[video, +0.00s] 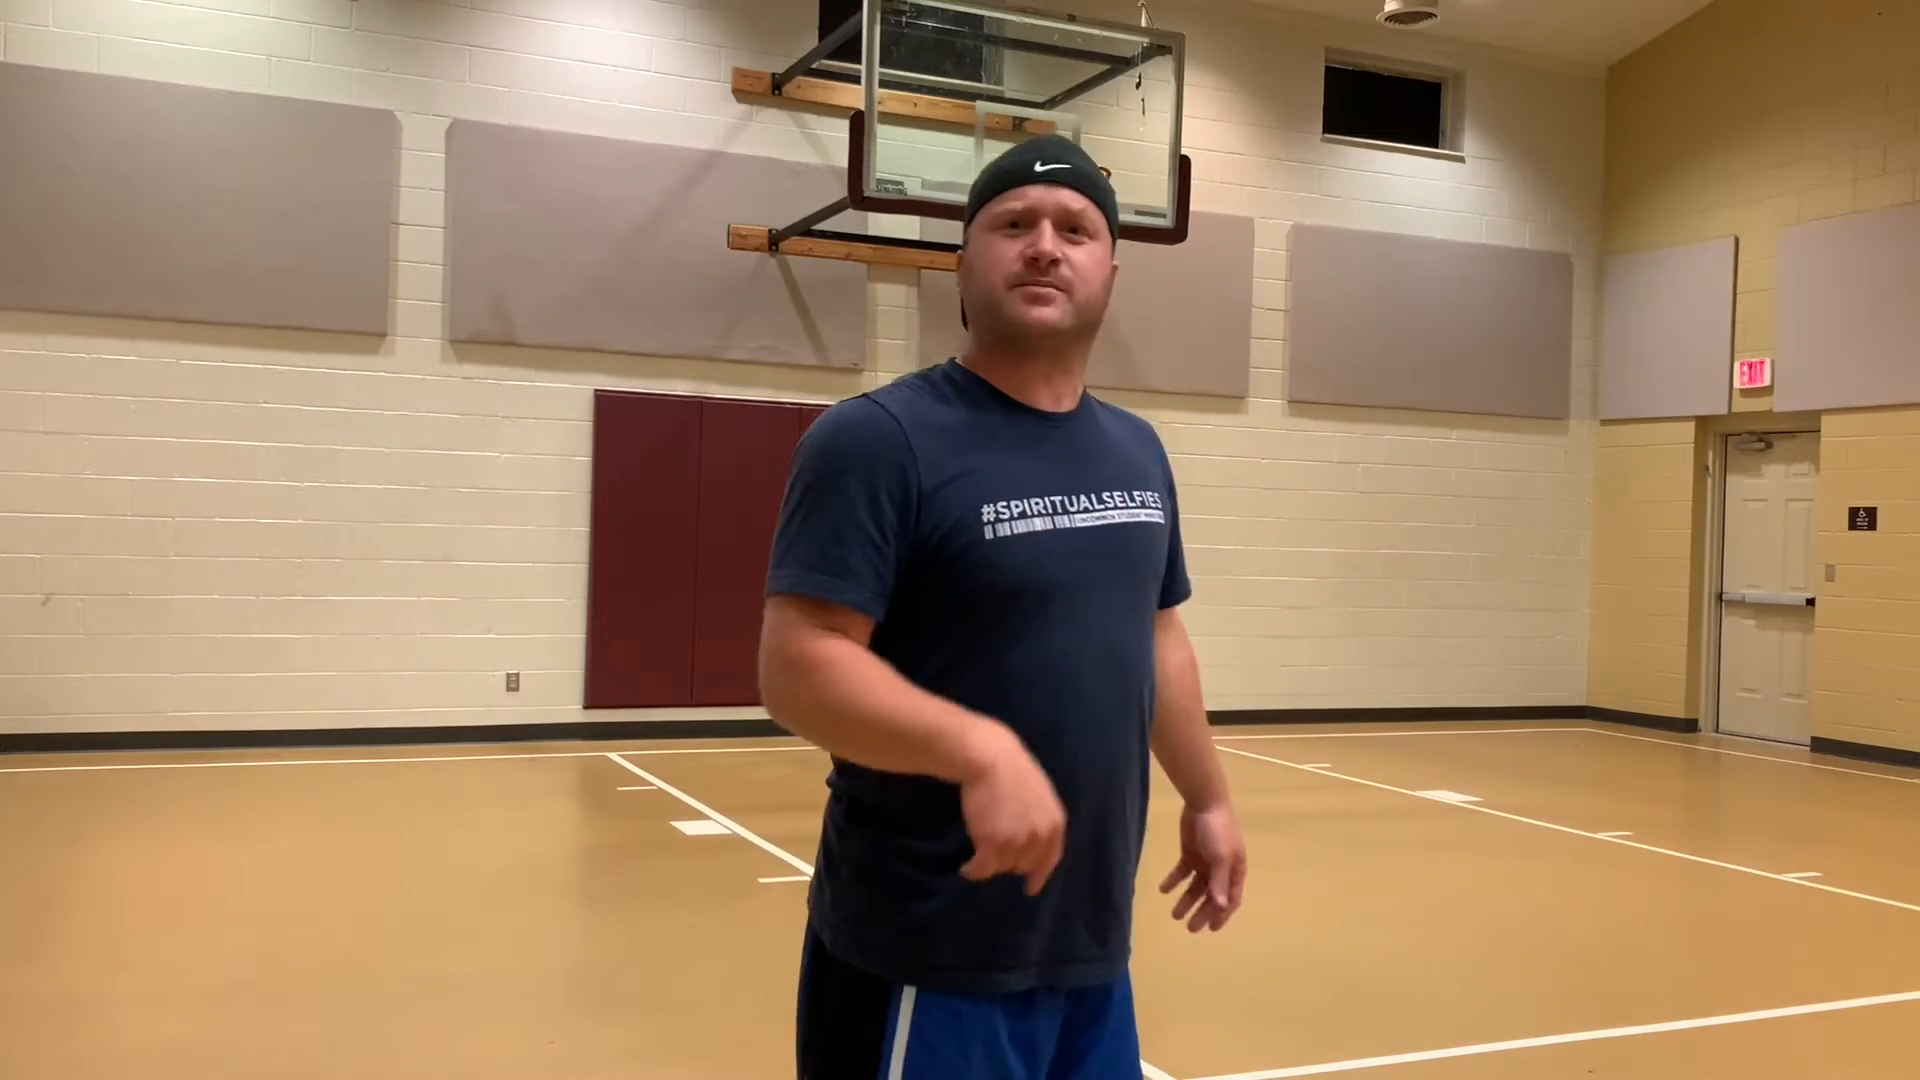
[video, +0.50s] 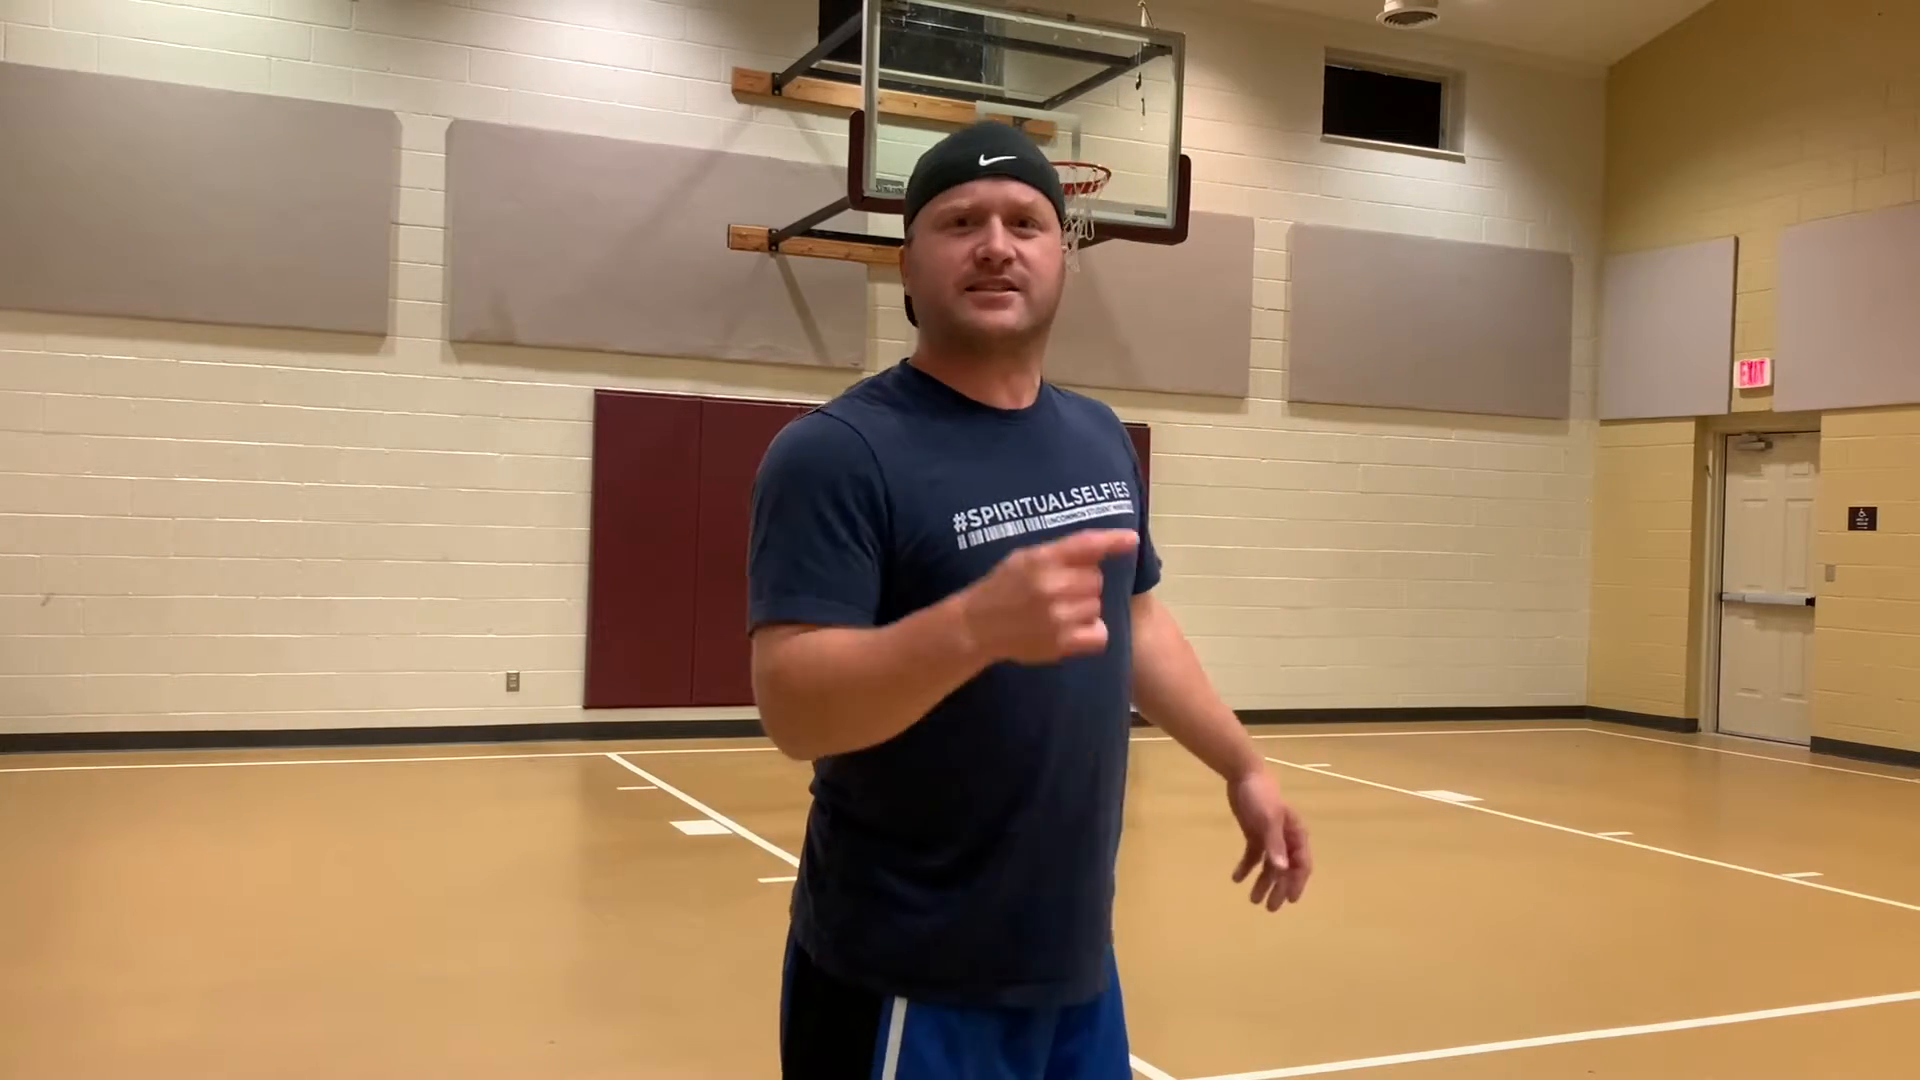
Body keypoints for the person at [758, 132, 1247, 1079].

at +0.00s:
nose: (1044, 247)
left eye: (1074, 229)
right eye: (1014, 224)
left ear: (1112, 273)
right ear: (962, 263)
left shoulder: (1135, 450)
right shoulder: (875, 440)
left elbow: (1155, 631)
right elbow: (797, 663)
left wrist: (1207, 794)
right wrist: (981, 750)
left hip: (1089, 947)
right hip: (918, 958)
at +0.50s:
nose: (995, 247)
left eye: (1025, 223)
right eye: (960, 223)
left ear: (1065, 260)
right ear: (907, 263)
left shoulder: (1097, 437)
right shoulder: (835, 455)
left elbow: (1134, 618)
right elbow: (797, 710)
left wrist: (1242, 763)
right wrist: (974, 626)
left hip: (1072, 954)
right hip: (901, 973)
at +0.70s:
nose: (990, 251)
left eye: (1021, 227)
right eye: (956, 227)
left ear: (1061, 263)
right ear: (903, 264)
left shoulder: (1098, 438)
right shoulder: (830, 453)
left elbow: (1146, 623)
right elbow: (806, 702)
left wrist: (1226, 794)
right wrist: (1018, 607)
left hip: (1074, 949)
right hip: (899, 968)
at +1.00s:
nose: (1005, 246)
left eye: (1036, 223)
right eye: (971, 219)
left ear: (1073, 263)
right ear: (914, 257)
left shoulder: (1106, 443)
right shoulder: (837, 448)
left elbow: (1147, 633)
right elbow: (806, 694)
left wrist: (1238, 804)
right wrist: (1039, 730)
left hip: (1076, 960)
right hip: (903, 977)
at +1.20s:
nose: (1030, 275)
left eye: (1066, 253)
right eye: (1003, 240)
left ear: (1099, 281)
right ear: (943, 251)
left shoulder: (1113, 448)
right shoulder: (838, 452)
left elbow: (1143, 641)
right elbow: (788, 698)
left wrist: (1224, 821)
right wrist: (942, 883)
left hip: (1076, 972)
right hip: (893, 986)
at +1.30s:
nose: (1023, 274)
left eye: (1056, 248)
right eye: (992, 242)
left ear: (1095, 269)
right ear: (936, 254)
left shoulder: (1118, 450)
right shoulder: (840, 453)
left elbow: (1147, 648)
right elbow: (794, 701)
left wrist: (1214, 833)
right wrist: (882, 947)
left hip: (1075, 969)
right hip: (902, 992)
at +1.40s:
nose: (1009, 268)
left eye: (1042, 239)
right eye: (977, 237)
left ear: (1086, 260)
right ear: (926, 259)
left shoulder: (1118, 449)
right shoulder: (838, 456)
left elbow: (1148, 647)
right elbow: (797, 700)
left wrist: (1216, 828)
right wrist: (819, 972)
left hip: (1080, 972)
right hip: (908, 993)